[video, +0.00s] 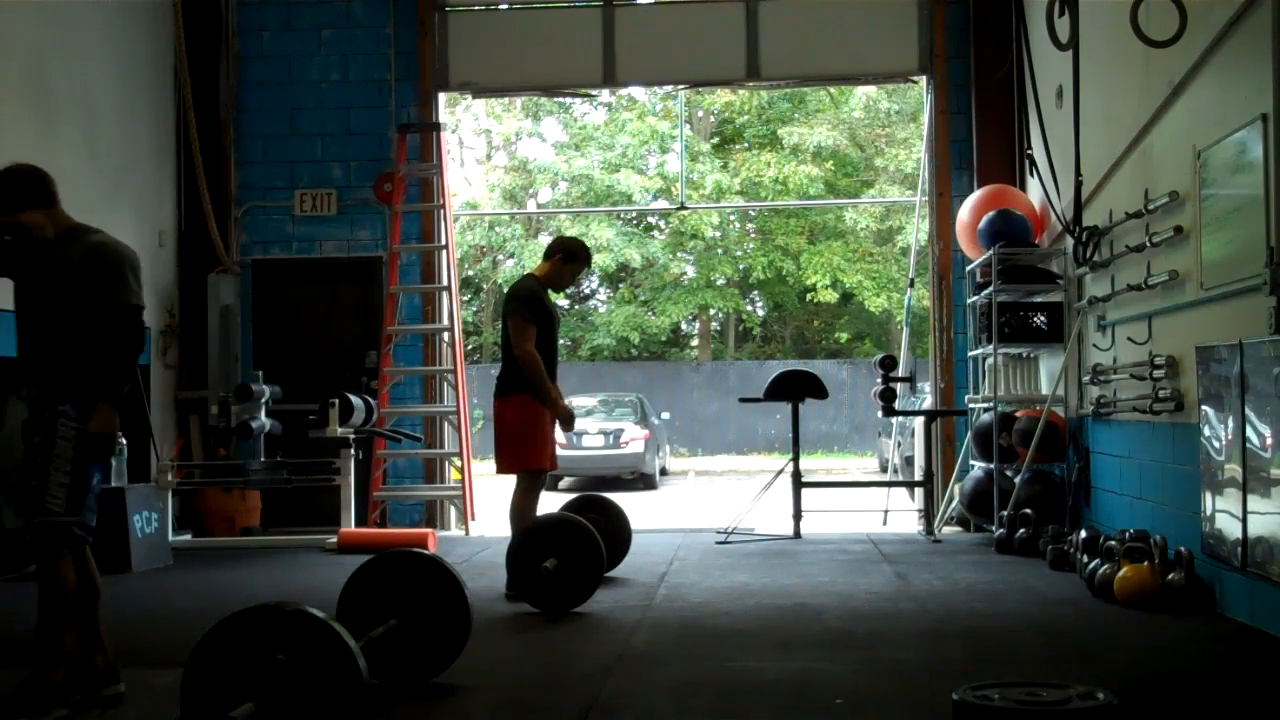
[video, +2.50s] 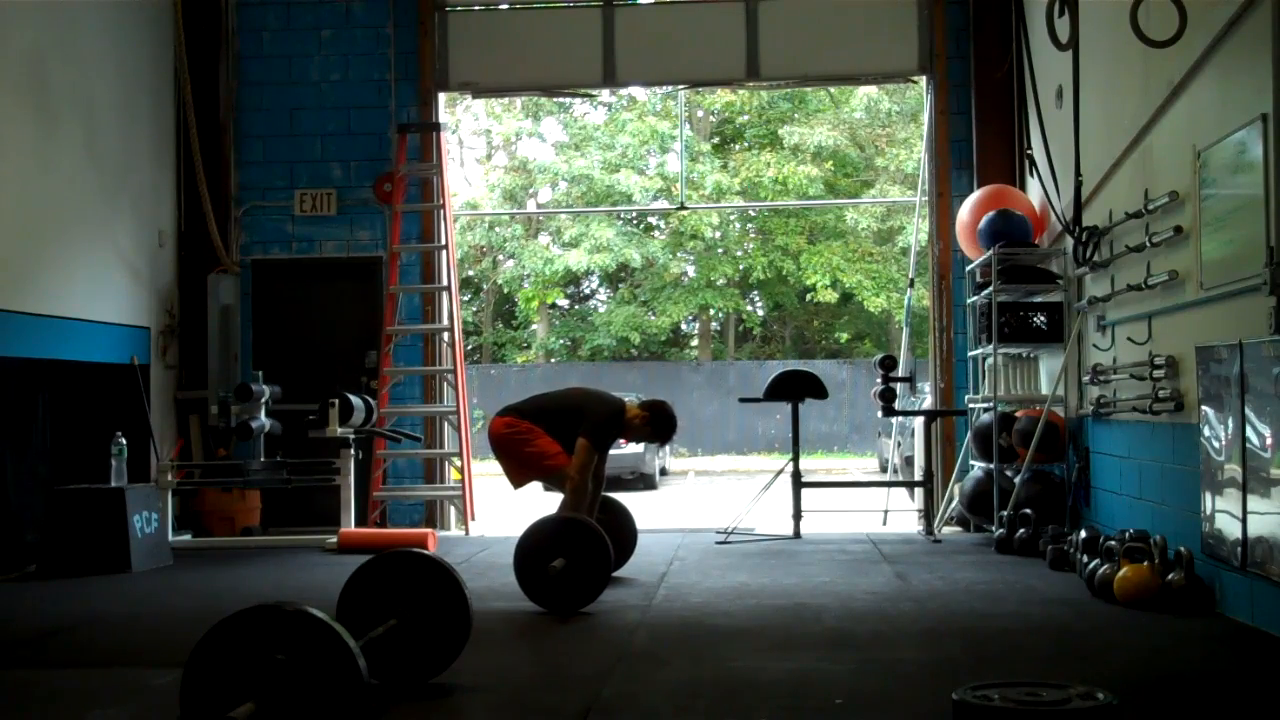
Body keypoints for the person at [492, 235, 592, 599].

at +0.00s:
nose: (573, 283)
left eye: (577, 278)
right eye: (574, 275)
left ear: (557, 260)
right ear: (558, 260)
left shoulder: (539, 296)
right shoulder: (525, 292)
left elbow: (539, 356)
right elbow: (524, 351)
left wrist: (557, 401)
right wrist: (557, 403)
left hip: (535, 401)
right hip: (524, 400)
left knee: (533, 482)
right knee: (530, 481)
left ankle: (525, 573)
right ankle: (520, 575)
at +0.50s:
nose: (586, 288)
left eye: (591, 282)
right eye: (589, 279)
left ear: (568, 262)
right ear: (574, 264)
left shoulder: (546, 296)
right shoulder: (539, 296)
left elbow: (539, 357)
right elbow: (530, 356)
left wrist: (550, 407)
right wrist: (542, 411)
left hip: (539, 404)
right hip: (525, 404)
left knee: (544, 486)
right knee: (521, 487)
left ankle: (553, 567)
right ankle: (520, 574)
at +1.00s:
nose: (614, 308)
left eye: (619, 303)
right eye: (616, 300)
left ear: (602, 282)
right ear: (604, 283)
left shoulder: (577, 312)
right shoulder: (565, 305)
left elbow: (574, 373)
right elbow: (549, 365)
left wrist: (581, 426)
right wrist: (557, 424)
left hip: (541, 399)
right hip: (525, 399)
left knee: (559, 479)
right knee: (549, 480)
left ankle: (552, 551)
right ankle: (542, 554)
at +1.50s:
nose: (628, 400)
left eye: (634, 399)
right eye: (633, 395)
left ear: (630, 372)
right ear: (631, 377)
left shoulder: (600, 381)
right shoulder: (593, 377)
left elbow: (591, 445)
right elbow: (582, 445)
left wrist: (586, 499)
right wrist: (580, 502)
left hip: (521, 415)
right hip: (507, 413)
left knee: (567, 482)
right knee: (560, 483)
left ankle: (554, 554)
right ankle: (546, 554)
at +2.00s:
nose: (625, 441)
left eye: (632, 440)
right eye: (631, 436)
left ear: (629, 412)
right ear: (629, 417)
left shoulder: (602, 417)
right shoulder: (593, 412)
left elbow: (590, 477)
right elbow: (573, 476)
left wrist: (581, 528)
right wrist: (562, 535)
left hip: (513, 428)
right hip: (500, 426)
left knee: (579, 480)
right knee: (568, 482)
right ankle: (553, 551)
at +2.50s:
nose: (636, 442)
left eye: (643, 441)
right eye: (643, 437)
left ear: (641, 416)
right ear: (642, 419)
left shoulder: (613, 419)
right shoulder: (606, 413)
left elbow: (595, 478)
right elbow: (577, 477)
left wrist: (587, 530)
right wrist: (568, 535)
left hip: (524, 428)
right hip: (511, 426)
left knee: (588, 481)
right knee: (577, 483)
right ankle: (561, 550)